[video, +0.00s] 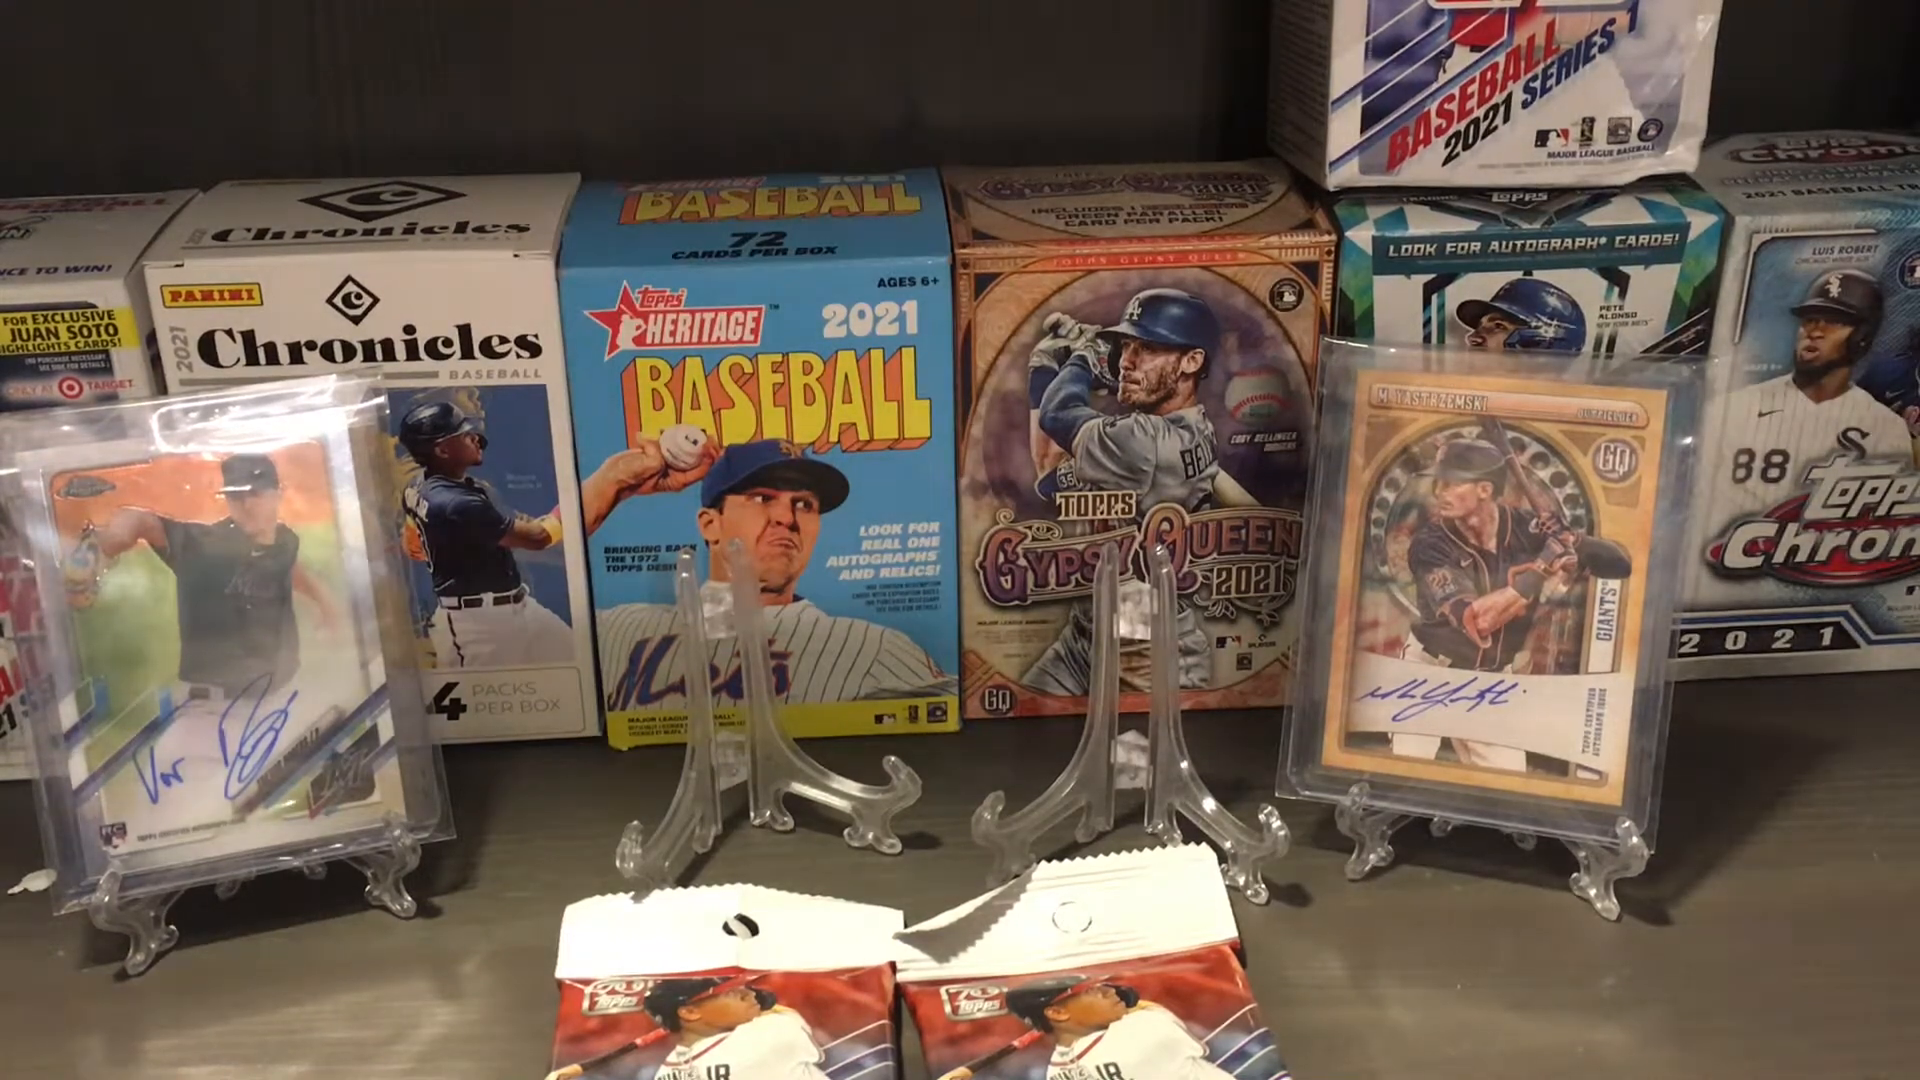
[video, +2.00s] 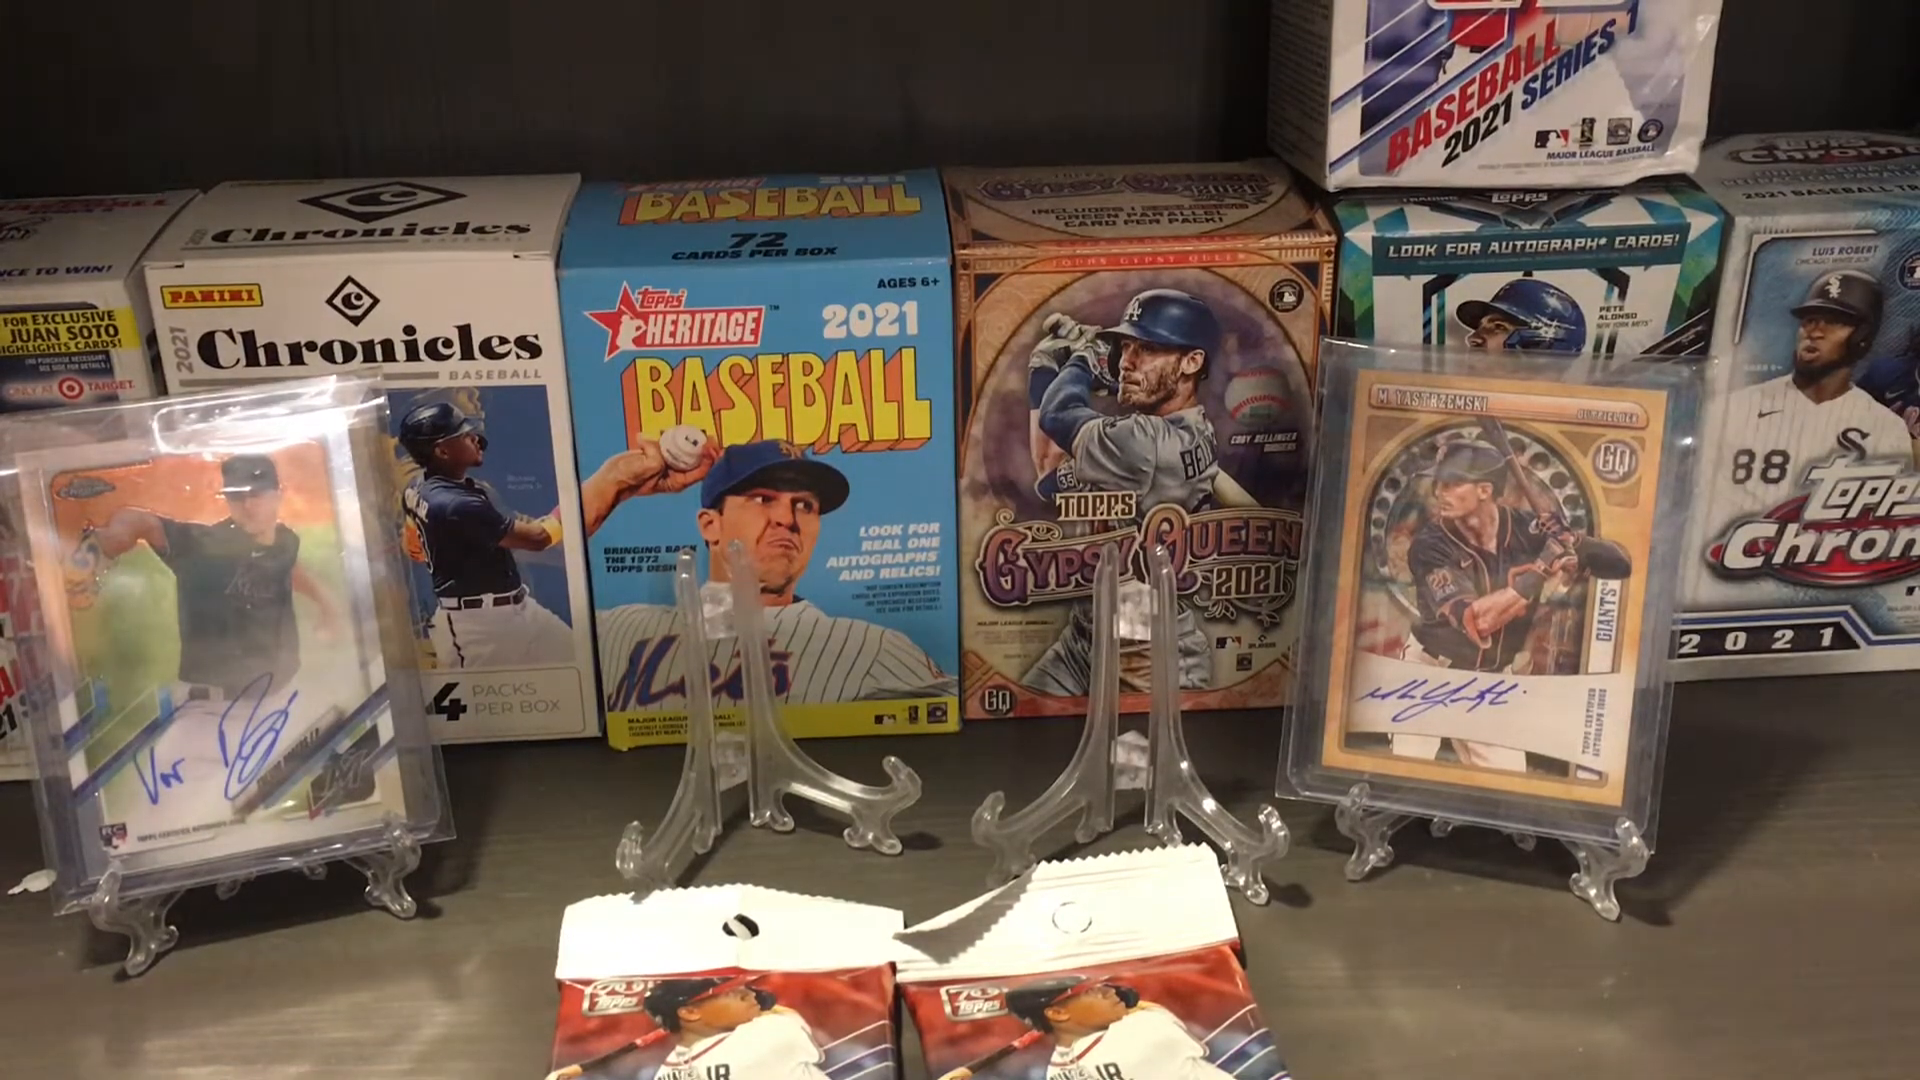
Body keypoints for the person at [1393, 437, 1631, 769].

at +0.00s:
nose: (1439, 492)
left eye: (1451, 484)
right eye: (1439, 483)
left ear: (1484, 491)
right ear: (1436, 485)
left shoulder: (1527, 529)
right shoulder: (1430, 540)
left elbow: (1621, 563)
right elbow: (1473, 622)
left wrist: (1574, 547)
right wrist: (1536, 576)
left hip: (1495, 677)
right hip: (1429, 669)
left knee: (1509, 787)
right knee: (1411, 772)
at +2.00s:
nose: (1440, 492)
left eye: (1452, 484)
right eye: (1439, 484)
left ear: (1484, 491)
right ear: (1435, 487)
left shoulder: (1528, 529)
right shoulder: (1430, 541)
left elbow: (1622, 564)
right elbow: (1471, 621)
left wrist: (1575, 549)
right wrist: (1538, 572)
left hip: (1494, 677)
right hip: (1428, 670)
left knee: (1509, 789)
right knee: (1412, 773)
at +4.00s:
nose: (1439, 493)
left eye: (1451, 485)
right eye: (1439, 485)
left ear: (1484, 491)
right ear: (1435, 487)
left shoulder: (1526, 529)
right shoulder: (1430, 541)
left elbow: (1622, 564)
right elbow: (1473, 623)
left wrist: (1575, 546)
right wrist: (1539, 571)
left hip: (1494, 677)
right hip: (1429, 669)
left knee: (1509, 790)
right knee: (1411, 774)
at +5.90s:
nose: (1439, 492)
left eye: (1451, 485)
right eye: (1439, 483)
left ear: (1484, 491)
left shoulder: (1527, 528)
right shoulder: (1431, 540)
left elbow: (1621, 563)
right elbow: (1473, 622)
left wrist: (1572, 550)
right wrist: (1540, 571)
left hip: (1495, 677)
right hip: (1429, 668)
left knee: (1508, 788)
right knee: (1411, 773)